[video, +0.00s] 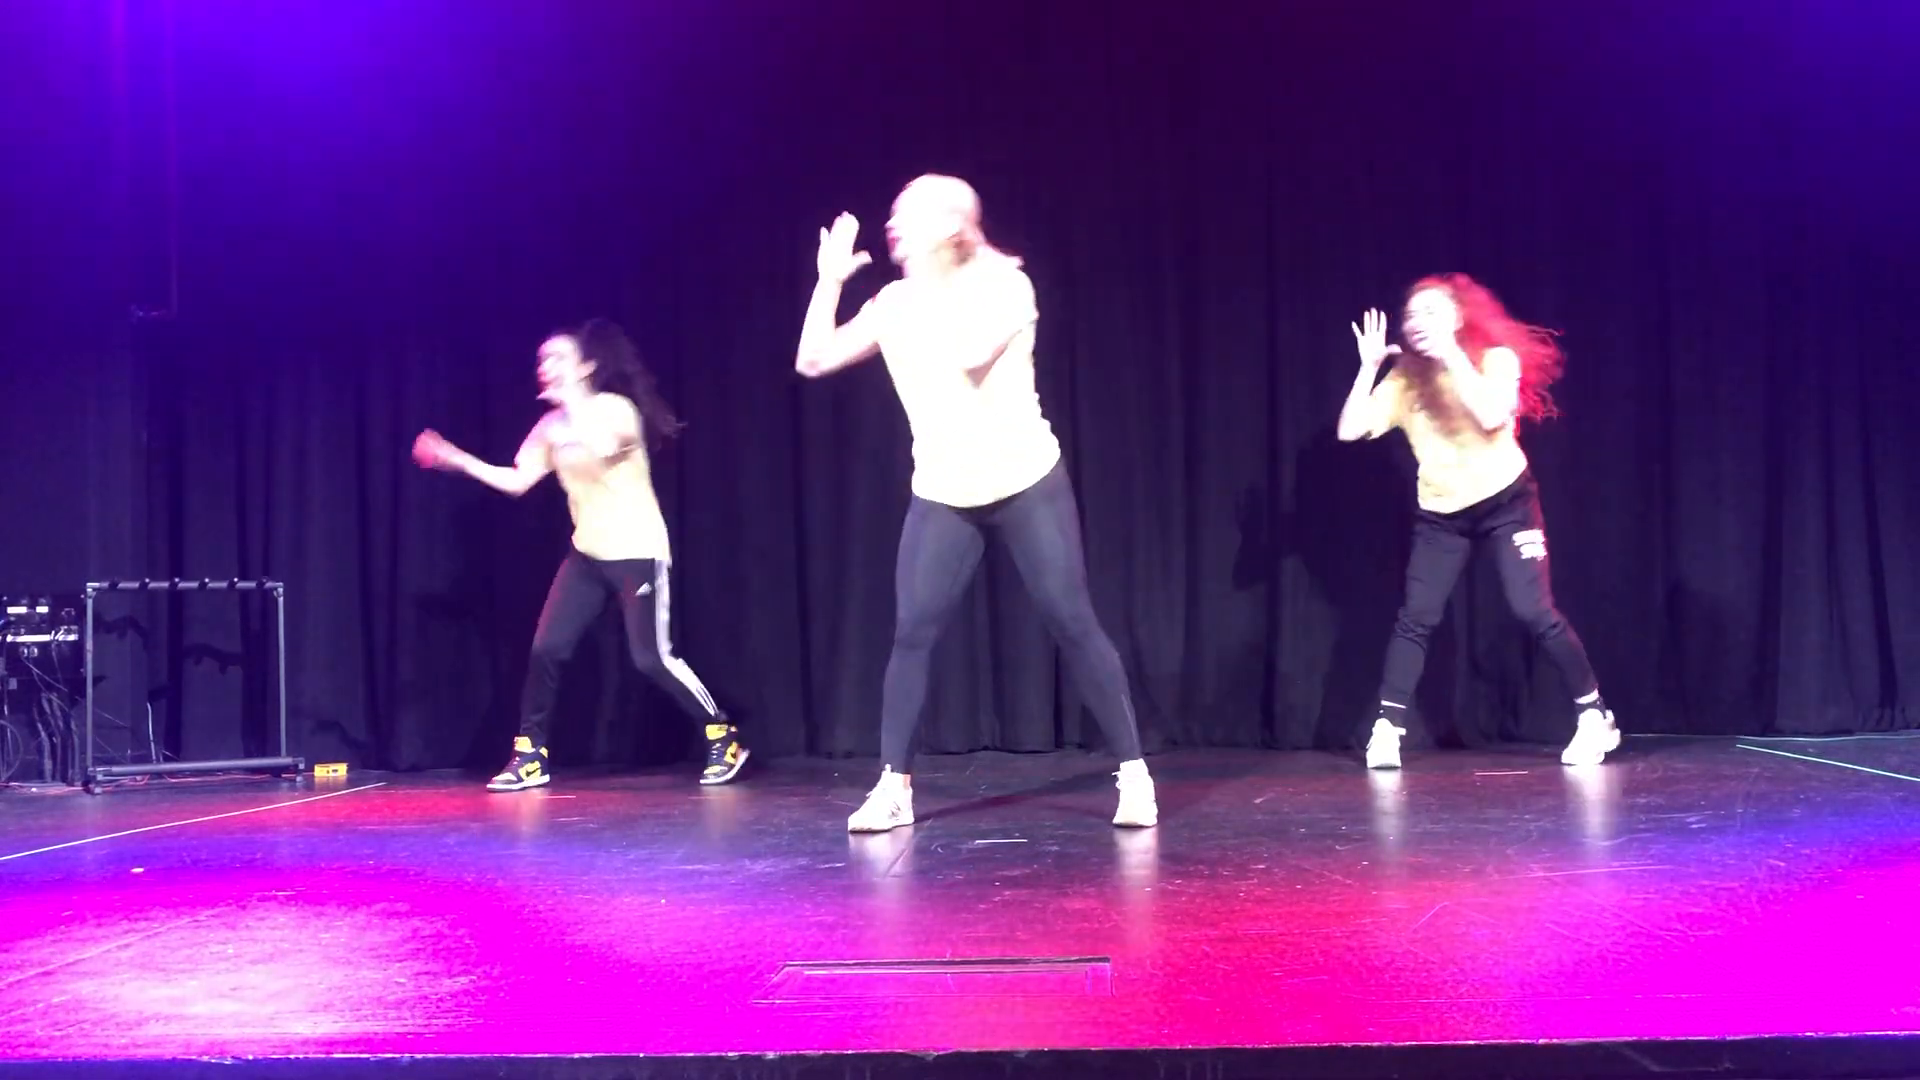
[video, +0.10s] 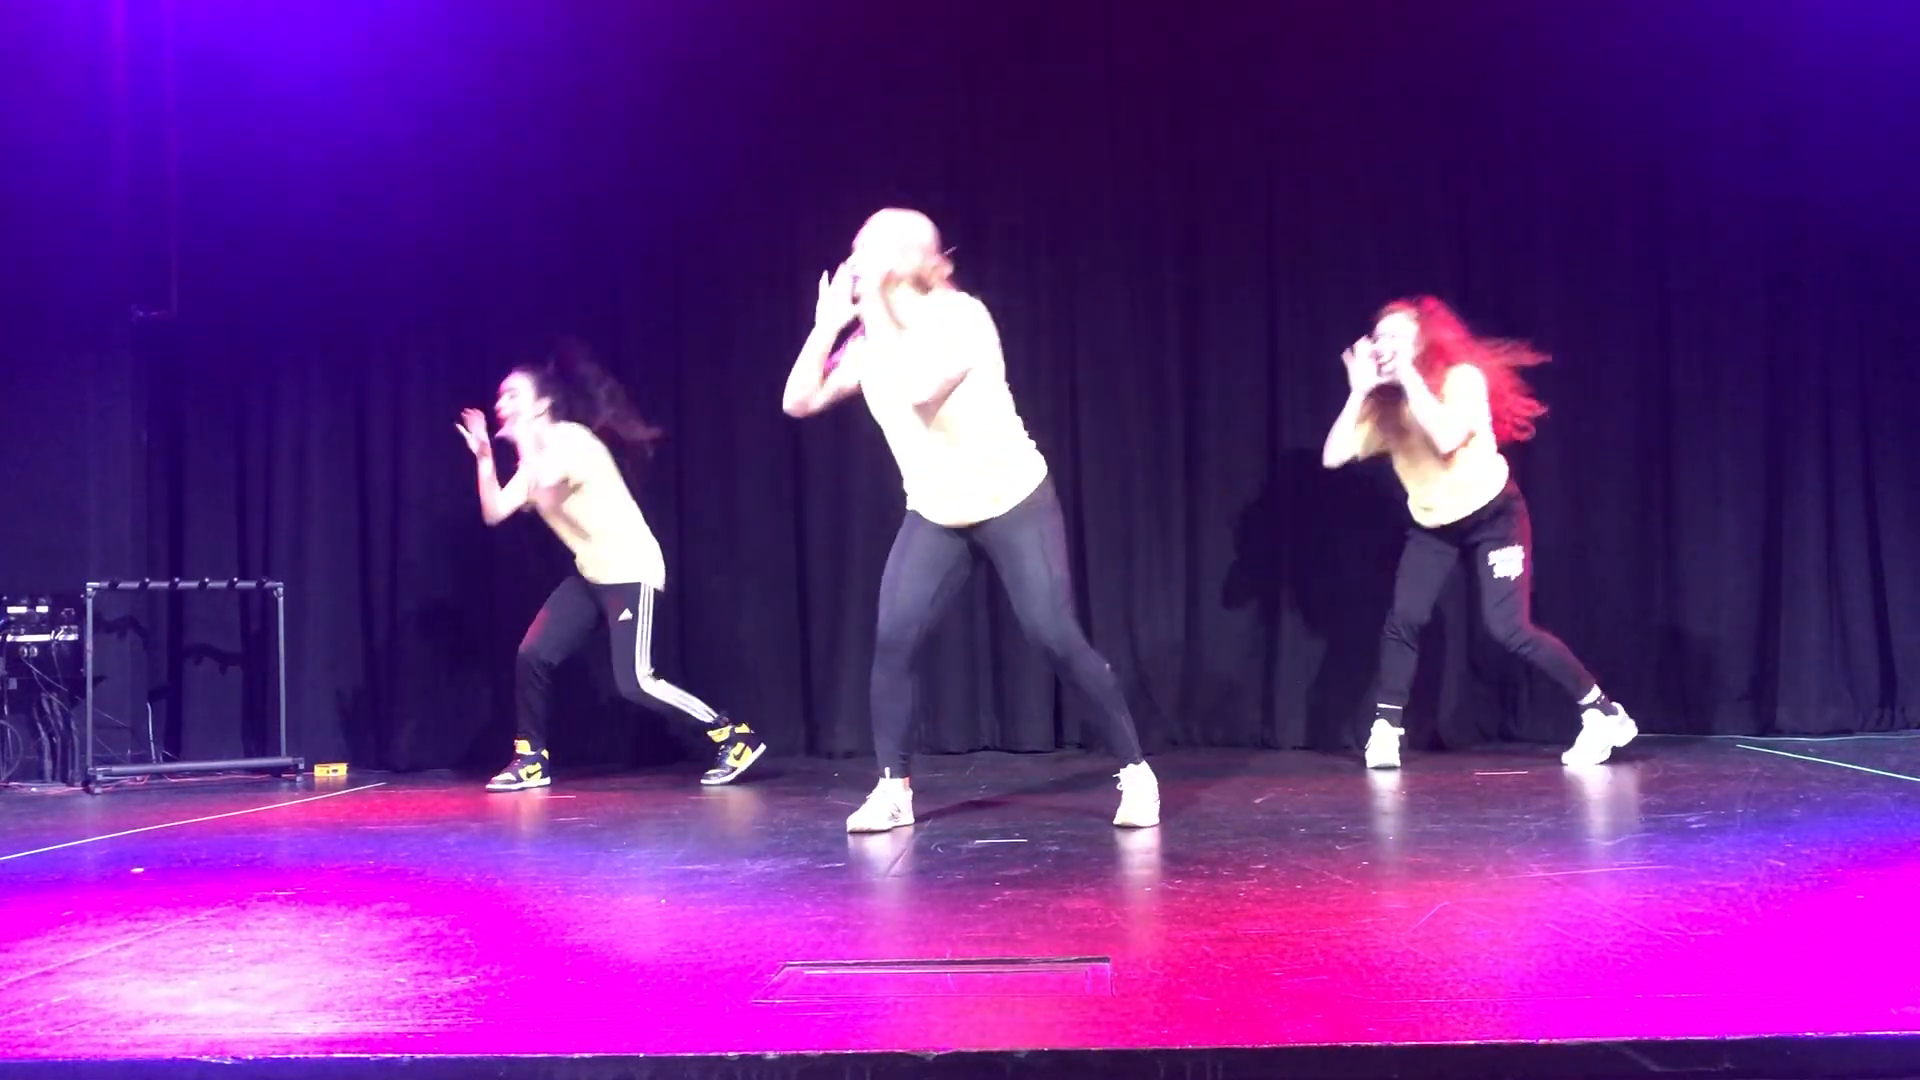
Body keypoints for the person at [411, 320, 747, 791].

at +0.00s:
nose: (545, 368)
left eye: (556, 357)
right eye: (543, 359)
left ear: (587, 364)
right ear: (543, 369)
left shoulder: (615, 410)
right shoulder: (549, 428)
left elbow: (613, 448)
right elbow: (517, 482)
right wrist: (455, 458)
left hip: (640, 552)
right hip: (588, 554)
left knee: (652, 657)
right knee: (547, 649)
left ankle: (723, 738)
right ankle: (531, 758)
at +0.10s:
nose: (501, 405)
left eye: (512, 395)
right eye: (501, 396)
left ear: (543, 401)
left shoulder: (571, 442)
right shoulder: (533, 458)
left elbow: (545, 494)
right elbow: (493, 511)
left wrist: (525, 444)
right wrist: (482, 455)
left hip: (631, 569)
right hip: (591, 572)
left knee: (636, 681)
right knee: (534, 654)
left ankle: (733, 739)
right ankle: (532, 760)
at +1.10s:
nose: (459, 478)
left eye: (468, 468)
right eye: (458, 468)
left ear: (502, 471)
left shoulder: (541, 499)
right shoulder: (490, 509)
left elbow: (528, 574)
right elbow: (485, 574)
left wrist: (480, 521)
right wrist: (467, 524)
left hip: (649, 559)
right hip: (593, 569)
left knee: (667, 653)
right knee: (558, 655)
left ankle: (723, 742)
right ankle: (526, 758)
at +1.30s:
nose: (536, 510)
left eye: (547, 501)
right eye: (529, 500)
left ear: (573, 504)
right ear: (522, 502)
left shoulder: (602, 521)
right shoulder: (534, 528)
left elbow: (610, 601)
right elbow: (520, 596)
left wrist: (565, 552)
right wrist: (521, 548)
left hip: (657, 565)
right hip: (599, 573)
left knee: (680, 650)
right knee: (559, 656)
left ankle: (725, 746)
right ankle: (525, 756)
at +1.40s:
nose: (589, 504)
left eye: (599, 495)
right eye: (579, 495)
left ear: (618, 497)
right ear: (567, 496)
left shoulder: (642, 522)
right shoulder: (559, 521)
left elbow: (653, 597)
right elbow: (547, 593)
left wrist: (611, 550)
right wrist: (558, 542)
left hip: (656, 569)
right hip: (591, 574)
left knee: (680, 650)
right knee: (563, 651)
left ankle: (725, 746)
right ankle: (525, 754)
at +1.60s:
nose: (673, 475)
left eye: (682, 465)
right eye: (665, 464)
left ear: (694, 469)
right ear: (647, 464)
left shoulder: (701, 500)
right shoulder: (621, 490)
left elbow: (718, 575)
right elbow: (608, 564)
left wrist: (694, 514)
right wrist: (640, 512)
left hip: (668, 568)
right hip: (608, 563)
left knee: (688, 646)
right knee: (568, 650)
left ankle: (727, 747)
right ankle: (525, 755)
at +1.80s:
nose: (724, 429)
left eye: (731, 420)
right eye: (714, 419)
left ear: (738, 425)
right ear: (693, 423)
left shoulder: (732, 469)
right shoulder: (661, 453)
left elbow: (758, 535)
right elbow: (659, 519)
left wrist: (740, 476)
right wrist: (691, 468)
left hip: (678, 558)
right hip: (617, 551)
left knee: (699, 647)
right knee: (573, 651)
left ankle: (727, 747)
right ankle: (525, 751)